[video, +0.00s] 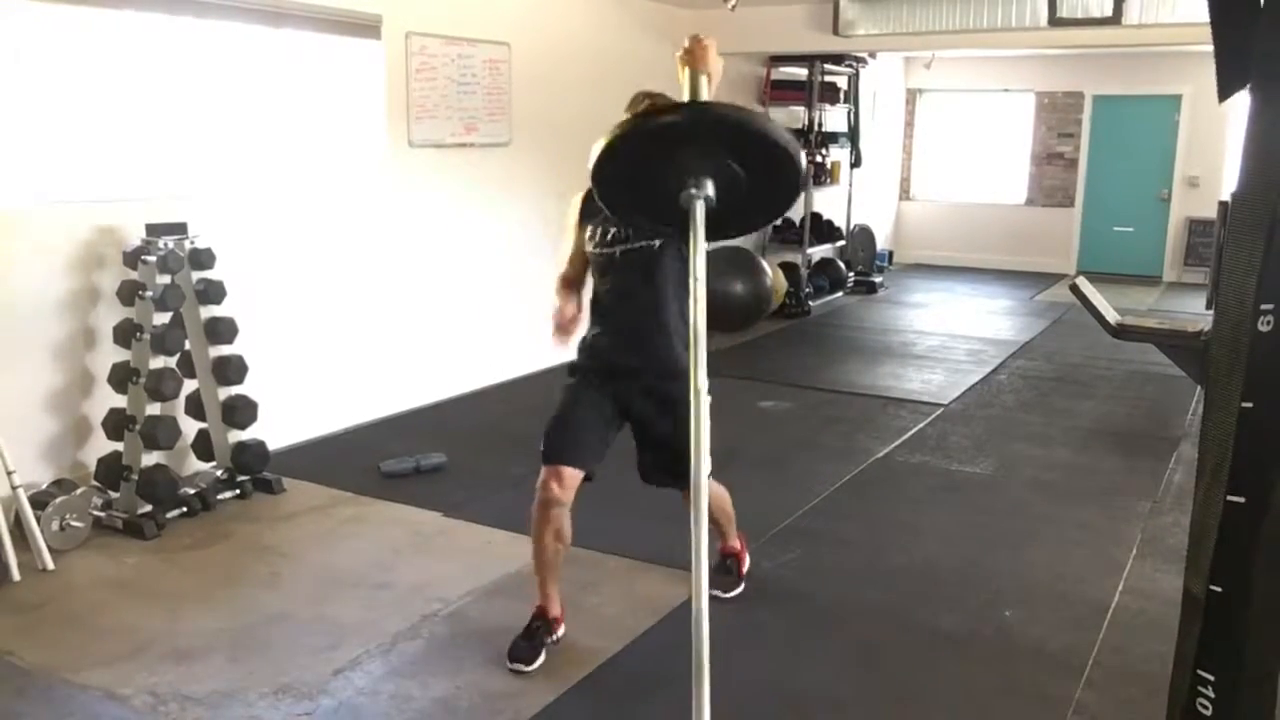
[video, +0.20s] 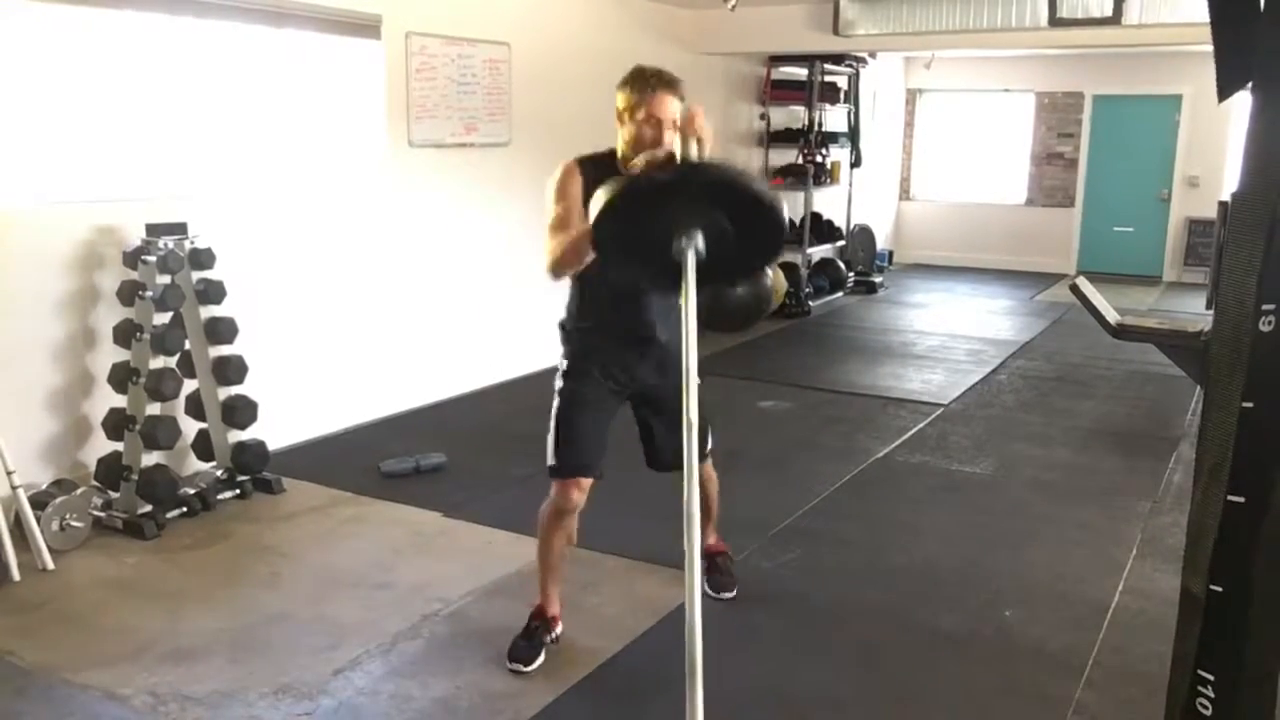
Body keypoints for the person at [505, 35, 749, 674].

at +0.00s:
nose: (641, 148)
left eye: (652, 136)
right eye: (634, 136)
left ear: (672, 142)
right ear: (620, 141)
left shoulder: (684, 196)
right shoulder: (596, 202)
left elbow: (709, 141)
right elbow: (575, 269)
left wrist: (703, 78)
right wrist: (569, 301)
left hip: (668, 368)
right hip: (602, 362)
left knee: (690, 480)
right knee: (555, 481)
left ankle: (732, 545)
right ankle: (548, 610)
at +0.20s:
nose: (654, 134)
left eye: (664, 123)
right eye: (645, 121)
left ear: (680, 126)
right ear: (621, 117)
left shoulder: (682, 179)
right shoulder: (581, 174)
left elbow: (712, 241)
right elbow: (559, 263)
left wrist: (694, 158)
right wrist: (613, 209)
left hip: (663, 347)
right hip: (593, 348)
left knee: (697, 465)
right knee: (569, 490)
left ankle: (710, 545)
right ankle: (546, 612)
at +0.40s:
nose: (706, 151)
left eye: (710, 138)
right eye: (700, 137)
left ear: (679, 133)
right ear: (664, 129)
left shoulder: (680, 196)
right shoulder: (612, 182)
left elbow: (677, 266)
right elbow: (596, 260)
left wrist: (720, 265)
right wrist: (686, 259)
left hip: (648, 346)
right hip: (591, 350)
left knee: (686, 448)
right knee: (585, 497)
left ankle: (679, 563)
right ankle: (486, 608)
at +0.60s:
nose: (732, 216)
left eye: (733, 203)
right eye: (726, 202)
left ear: (690, 199)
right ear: (695, 199)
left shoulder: (645, 236)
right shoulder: (675, 260)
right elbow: (684, 362)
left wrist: (707, 385)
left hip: (621, 388)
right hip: (588, 398)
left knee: (681, 449)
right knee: (602, 544)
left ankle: (676, 567)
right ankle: (470, 628)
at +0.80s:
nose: (751, 285)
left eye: (753, 274)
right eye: (748, 272)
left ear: (703, 265)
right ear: (717, 268)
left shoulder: (644, 283)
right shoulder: (704, 339)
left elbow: (576, 335)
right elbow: (701, 448)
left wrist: (575, 395)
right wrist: (708, 518)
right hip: (586, 437)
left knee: (692, 456)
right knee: (617, 580)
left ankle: (678, 566)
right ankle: (478, 628)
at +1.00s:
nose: (746, 275)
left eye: (748, 264)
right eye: (743, 262)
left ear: (700, 257)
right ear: (712, 258)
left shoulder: (640, 283)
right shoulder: (706, 326)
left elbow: (581, 346)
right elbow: (707, 436)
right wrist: (700, 518)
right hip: (592, 435)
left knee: (693, 446)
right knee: (611, 579)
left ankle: (677, 557)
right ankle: (473, 627)